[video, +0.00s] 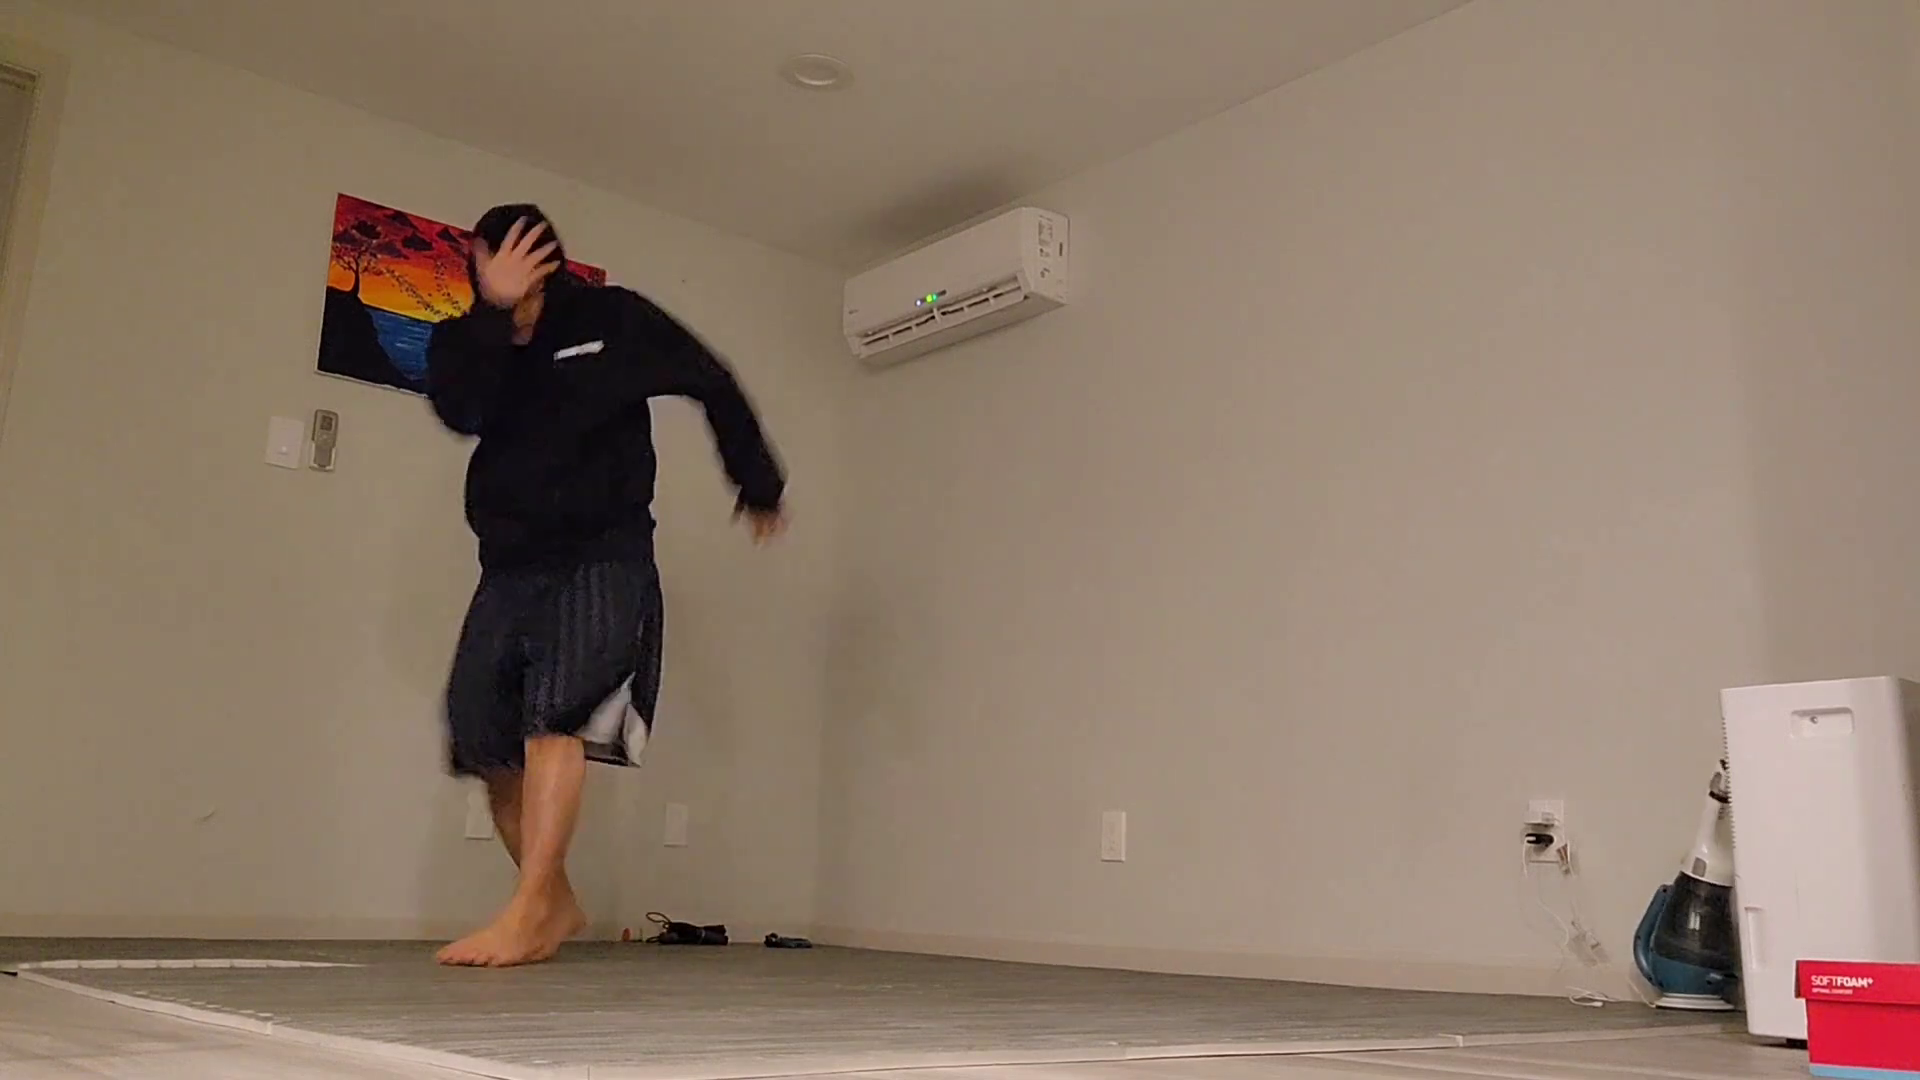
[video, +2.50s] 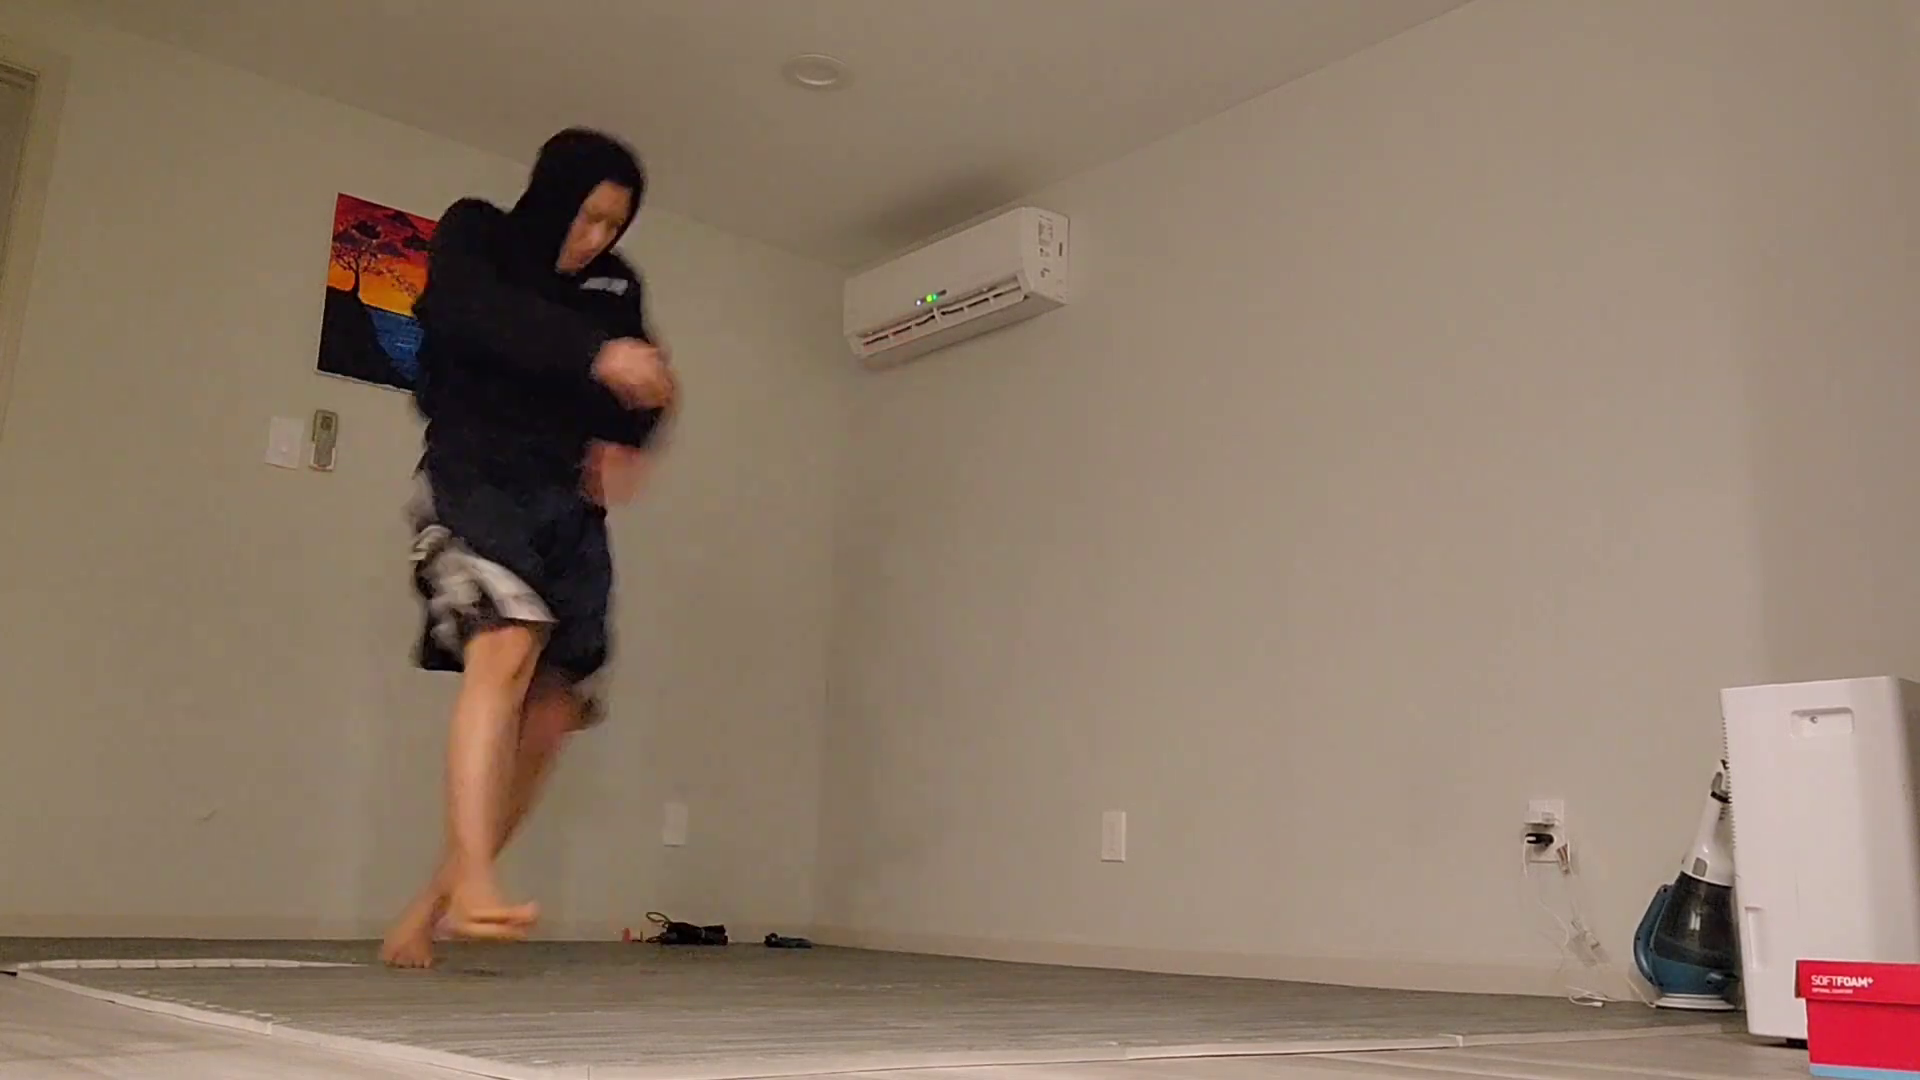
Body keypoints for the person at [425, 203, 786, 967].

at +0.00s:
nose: (500, 307)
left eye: (514, 292)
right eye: (487, 291)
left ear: (546, 271)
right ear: (479, 281)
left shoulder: (615, 319)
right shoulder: (473, 338)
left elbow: (712, 380)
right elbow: (461, 413)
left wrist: (759, 481)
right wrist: (491, 307)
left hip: (600, 560)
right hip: (511, 567)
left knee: (555, 720)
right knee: (486, 737)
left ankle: (529, 914)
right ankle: (553, 901)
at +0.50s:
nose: (627, 244)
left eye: (641, 233)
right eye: (613, 226)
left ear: (650, 246)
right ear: (578, 228)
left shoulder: (656, 315)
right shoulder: (512, 288)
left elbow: (632, 373)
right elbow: (385, 316)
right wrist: (326, 380)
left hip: (607, 552)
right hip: (510, 533)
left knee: (575, 757)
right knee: (514, 691)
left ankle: (510, 925)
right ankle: (492, 894)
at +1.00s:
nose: (631, 242)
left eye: (645, 231)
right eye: (619, 221)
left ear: (652, 242)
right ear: (577, 217)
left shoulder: (660, 307)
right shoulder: (496, 309)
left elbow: (703, 391)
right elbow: (420, 408)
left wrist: (745, 448)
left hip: (650, 559)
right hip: (535, 564)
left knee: (720, 742)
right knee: (497, 752)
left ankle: (747, 922)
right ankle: (478, 926)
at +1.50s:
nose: (653, 258)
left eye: (675, 252)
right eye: (648, 240)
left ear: (687, 268)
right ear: (615, 240)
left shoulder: (679, 326)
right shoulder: (542, 295)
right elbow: (449, 296)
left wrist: (644, 250)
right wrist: (437, 313)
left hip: (642, 546)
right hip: (548, 536)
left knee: (651, 745)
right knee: (613, 715)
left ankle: (590, 930)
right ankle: (663, 913)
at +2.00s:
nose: (641, 230)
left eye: (657, 219)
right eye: (630, 210)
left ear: (667, 228)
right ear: (593, 199)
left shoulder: (653, 315)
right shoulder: (517, 249)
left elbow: (668, 441)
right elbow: (406, 296)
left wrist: (700, 544)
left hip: (621, 539)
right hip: (524, 522)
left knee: (721, 680)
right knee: (507, 699)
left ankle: (673, 886)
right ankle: (333, 866)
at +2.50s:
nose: (600, 239)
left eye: (614, 226)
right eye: (592, 217)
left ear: (623, 224)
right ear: (551, 196)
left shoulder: (613, 287)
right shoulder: (475, 230)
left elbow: (626, 410)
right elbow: (468, 315)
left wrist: (635, 413)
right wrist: (597, 353)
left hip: (565, 499)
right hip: (476, 480)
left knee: (550, 714)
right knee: (504, 645)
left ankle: (429, 911)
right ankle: (471, 886)